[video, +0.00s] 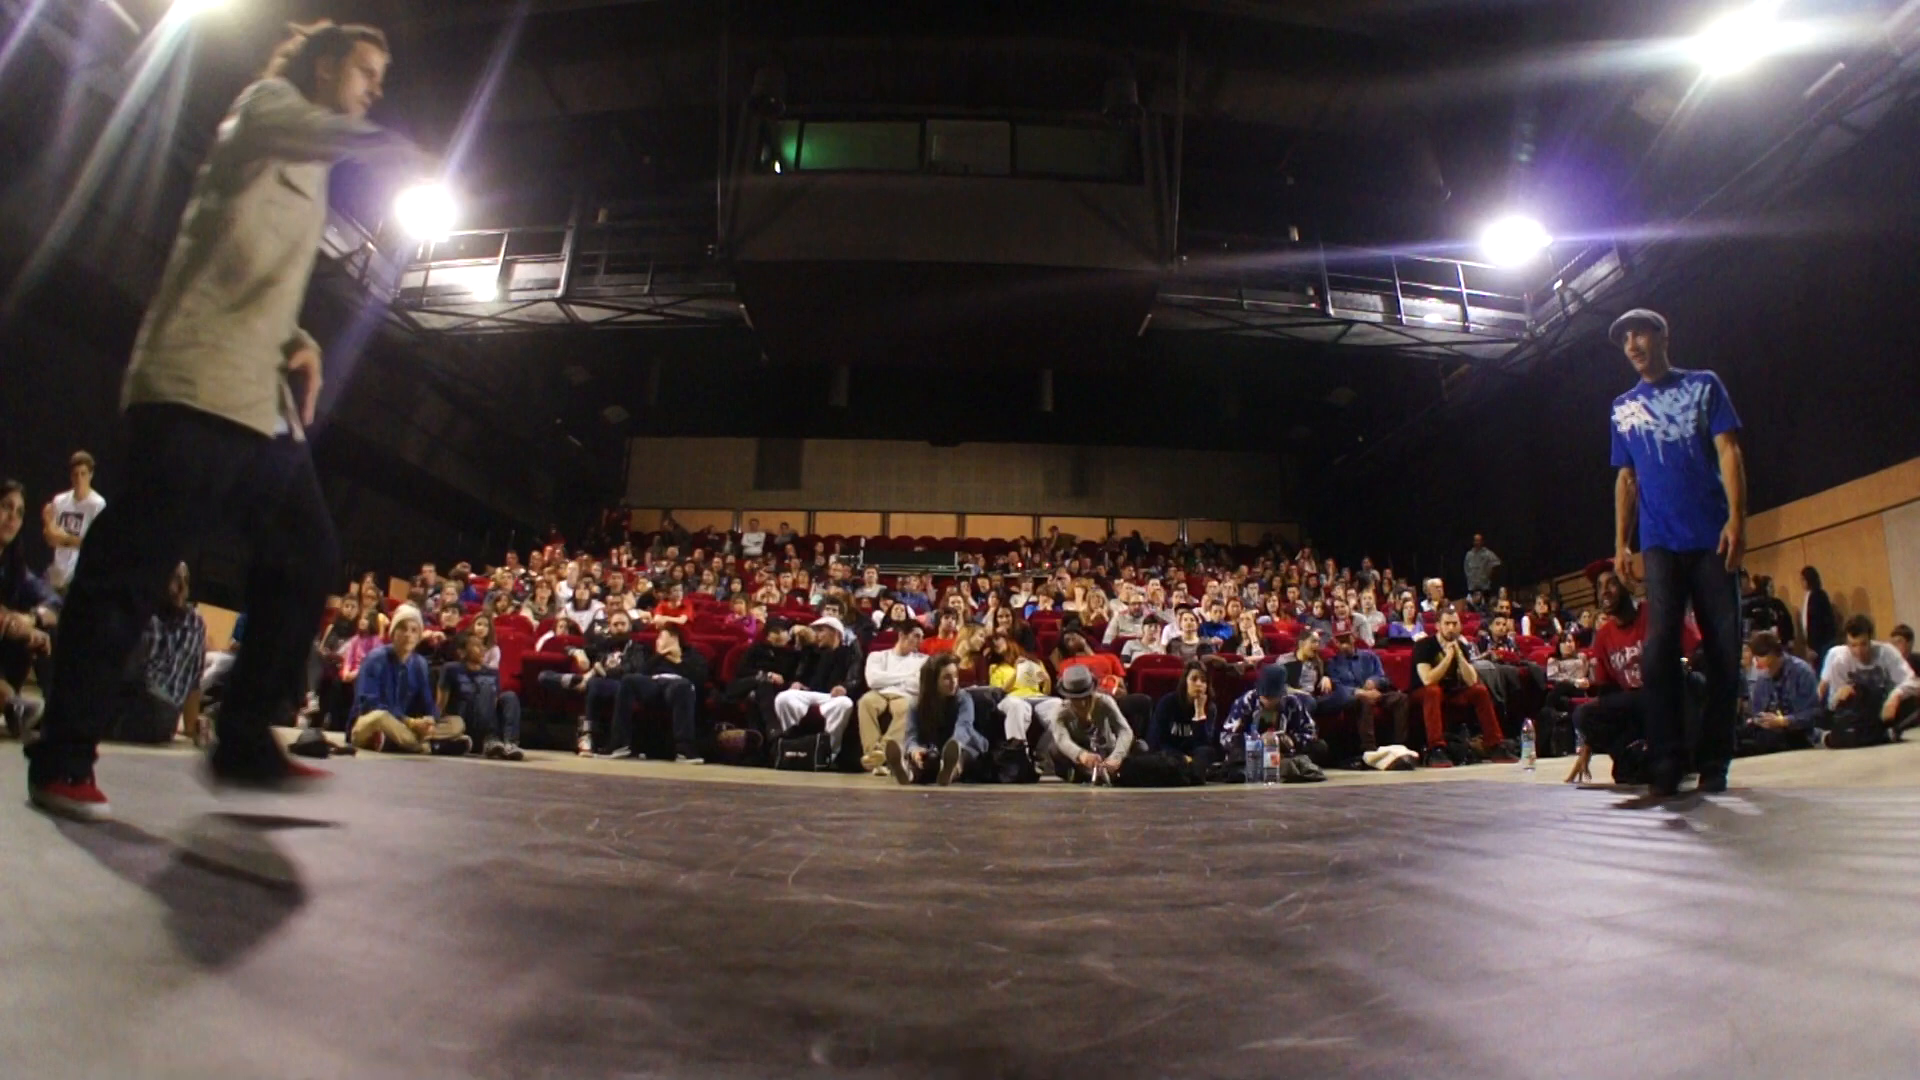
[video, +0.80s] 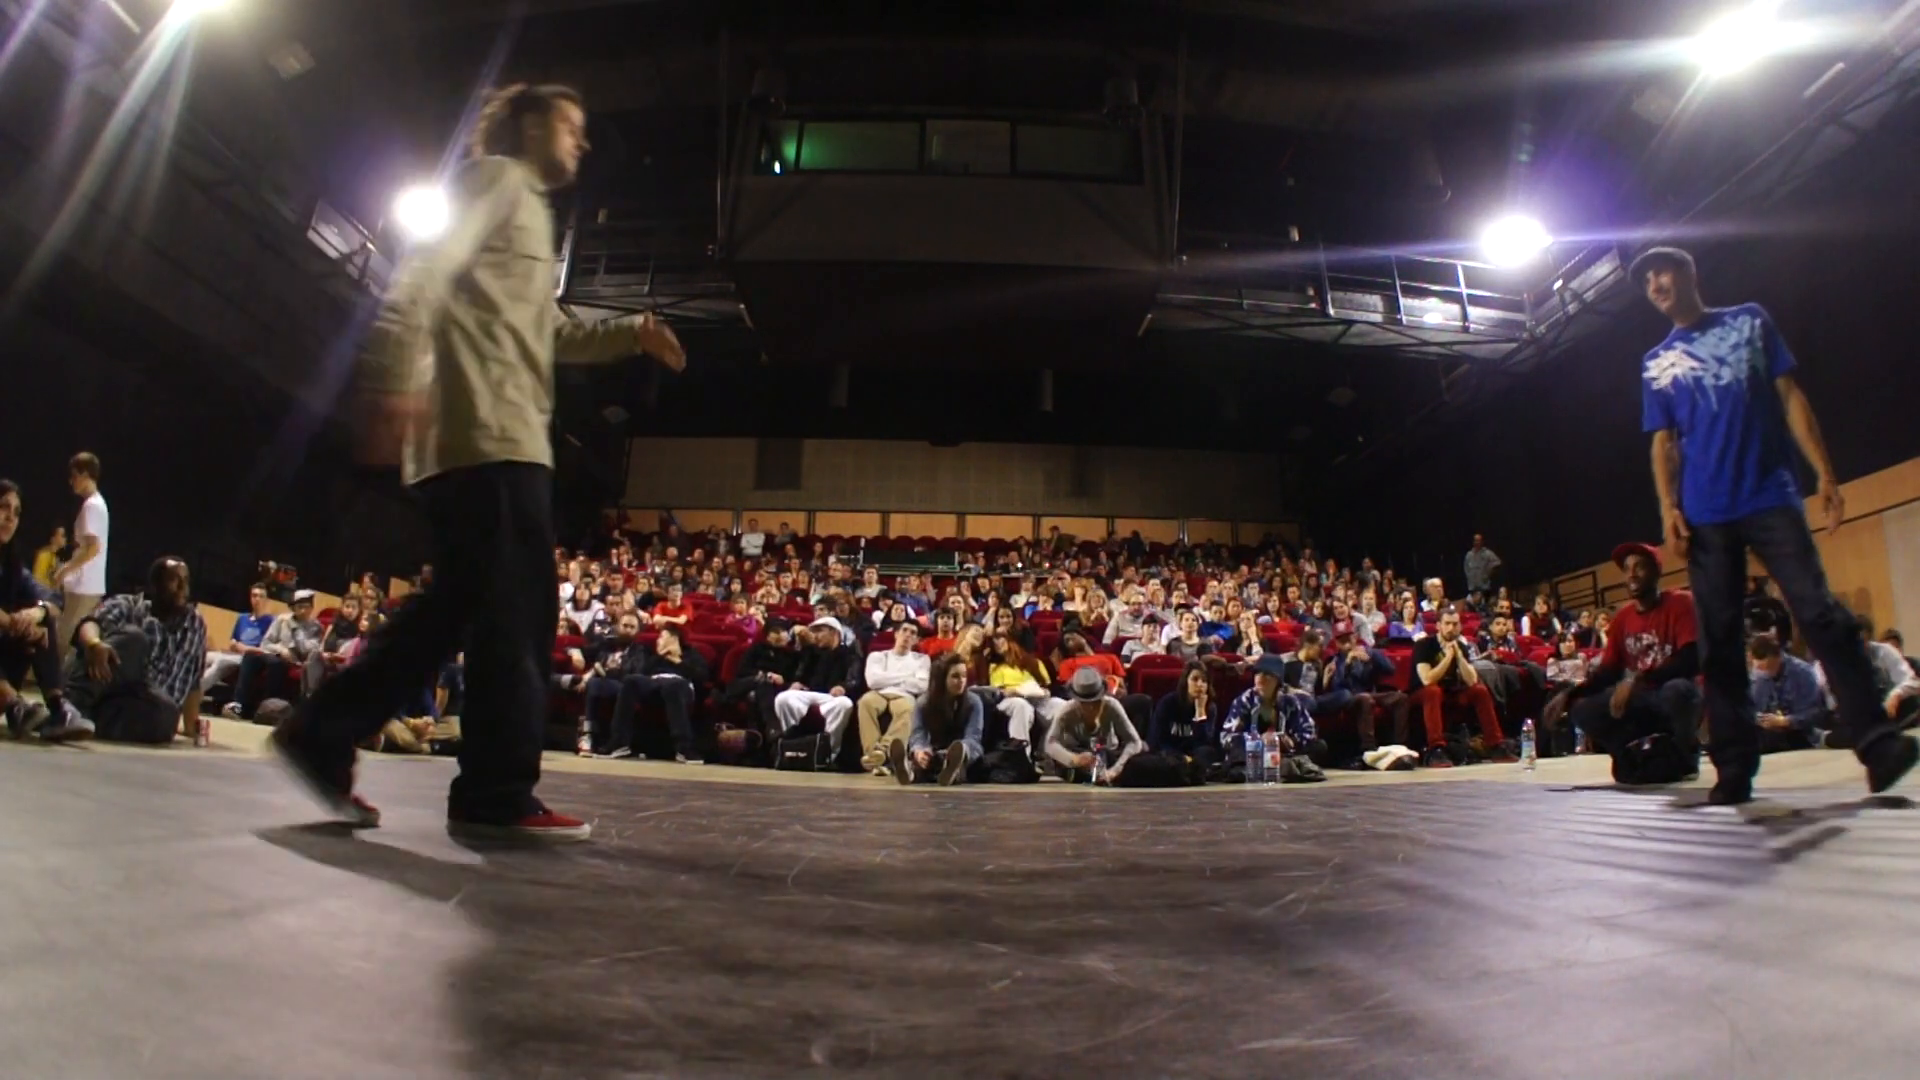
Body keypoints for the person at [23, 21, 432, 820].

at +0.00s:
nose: (371, 92)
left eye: (378, 83)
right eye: (364, 73)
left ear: (362, 91)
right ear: (318, 63)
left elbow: (256, 289)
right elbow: (325, 128)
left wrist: (300, 346)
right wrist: (398, 150)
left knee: (306, 560)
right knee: (127, 568)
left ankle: (244, 742)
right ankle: (63, 755)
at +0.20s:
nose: (421, 108)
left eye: (425, 99)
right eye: (412, 91)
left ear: (405, 106)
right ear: (369, 84)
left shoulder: (366, 176)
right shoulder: (326, 127)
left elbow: (318, 317)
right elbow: (363, 174)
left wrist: (379, 377)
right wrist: (465, 207)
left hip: (323, 410)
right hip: (273, 392)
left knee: (325, 596)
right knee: (214, 569)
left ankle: (285, 775)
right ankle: (87, 729)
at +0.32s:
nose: (451, 113)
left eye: (455, 104)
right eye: (441, 94)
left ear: (439, 117)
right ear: (399, 89)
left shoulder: (384, 174)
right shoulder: (362, 137)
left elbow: (376, 333)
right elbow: (352, 217)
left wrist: (460, 381)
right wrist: (450, 296)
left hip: (348, 401)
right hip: (324, 388)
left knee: (332, 581)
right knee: (332, 563)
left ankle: (286, 777)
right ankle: (173, 684)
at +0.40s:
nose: (472, 114)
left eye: (475, 105)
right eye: (461, 97)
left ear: (453, 116)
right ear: (420, 95)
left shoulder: (416, 182)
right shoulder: (385, 141)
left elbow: (421, 333)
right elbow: (352, 228)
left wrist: (510, 368)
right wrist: (411, 339)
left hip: (362, 389)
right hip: (348, 381)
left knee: (340, 575)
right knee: (407, 536)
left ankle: (283, 777)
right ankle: (263, 691)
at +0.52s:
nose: (503, 118)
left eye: (505, 109)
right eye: (492, 103)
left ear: (487, 123)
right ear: (452, 105)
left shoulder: (449, 189)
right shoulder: (414, 152)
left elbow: (452, 322)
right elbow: (359, 253)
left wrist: (557, 327)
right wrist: (339, 368)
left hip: (382, 401)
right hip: (398, 394)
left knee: (345, 586)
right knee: (475, 540)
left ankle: (279, 775)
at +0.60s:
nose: (523, 125)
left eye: (525, 116)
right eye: (511, 109)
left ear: (505, 129)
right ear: (470, 110)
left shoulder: (471, 199)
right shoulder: (433, 158)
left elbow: (472, 328)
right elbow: (364, 254)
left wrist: (581, 311)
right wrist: (308, 373)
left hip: (402, 417)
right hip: (426, 412)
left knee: (357, 601)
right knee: (494, 581)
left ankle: (283, 773)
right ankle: (458, 774)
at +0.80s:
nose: (581, 145)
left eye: (583, 136)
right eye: (571, 130)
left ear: (551, 140)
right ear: (529, 128)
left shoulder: (534, 217)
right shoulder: (501, 183)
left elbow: (546, 331)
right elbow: (425, 270)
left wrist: (632, 333)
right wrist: (405, 376)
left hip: (499, 431)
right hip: (488, 429)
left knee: (463, 602)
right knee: (516, 608)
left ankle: (324, 734)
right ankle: (495, 795)